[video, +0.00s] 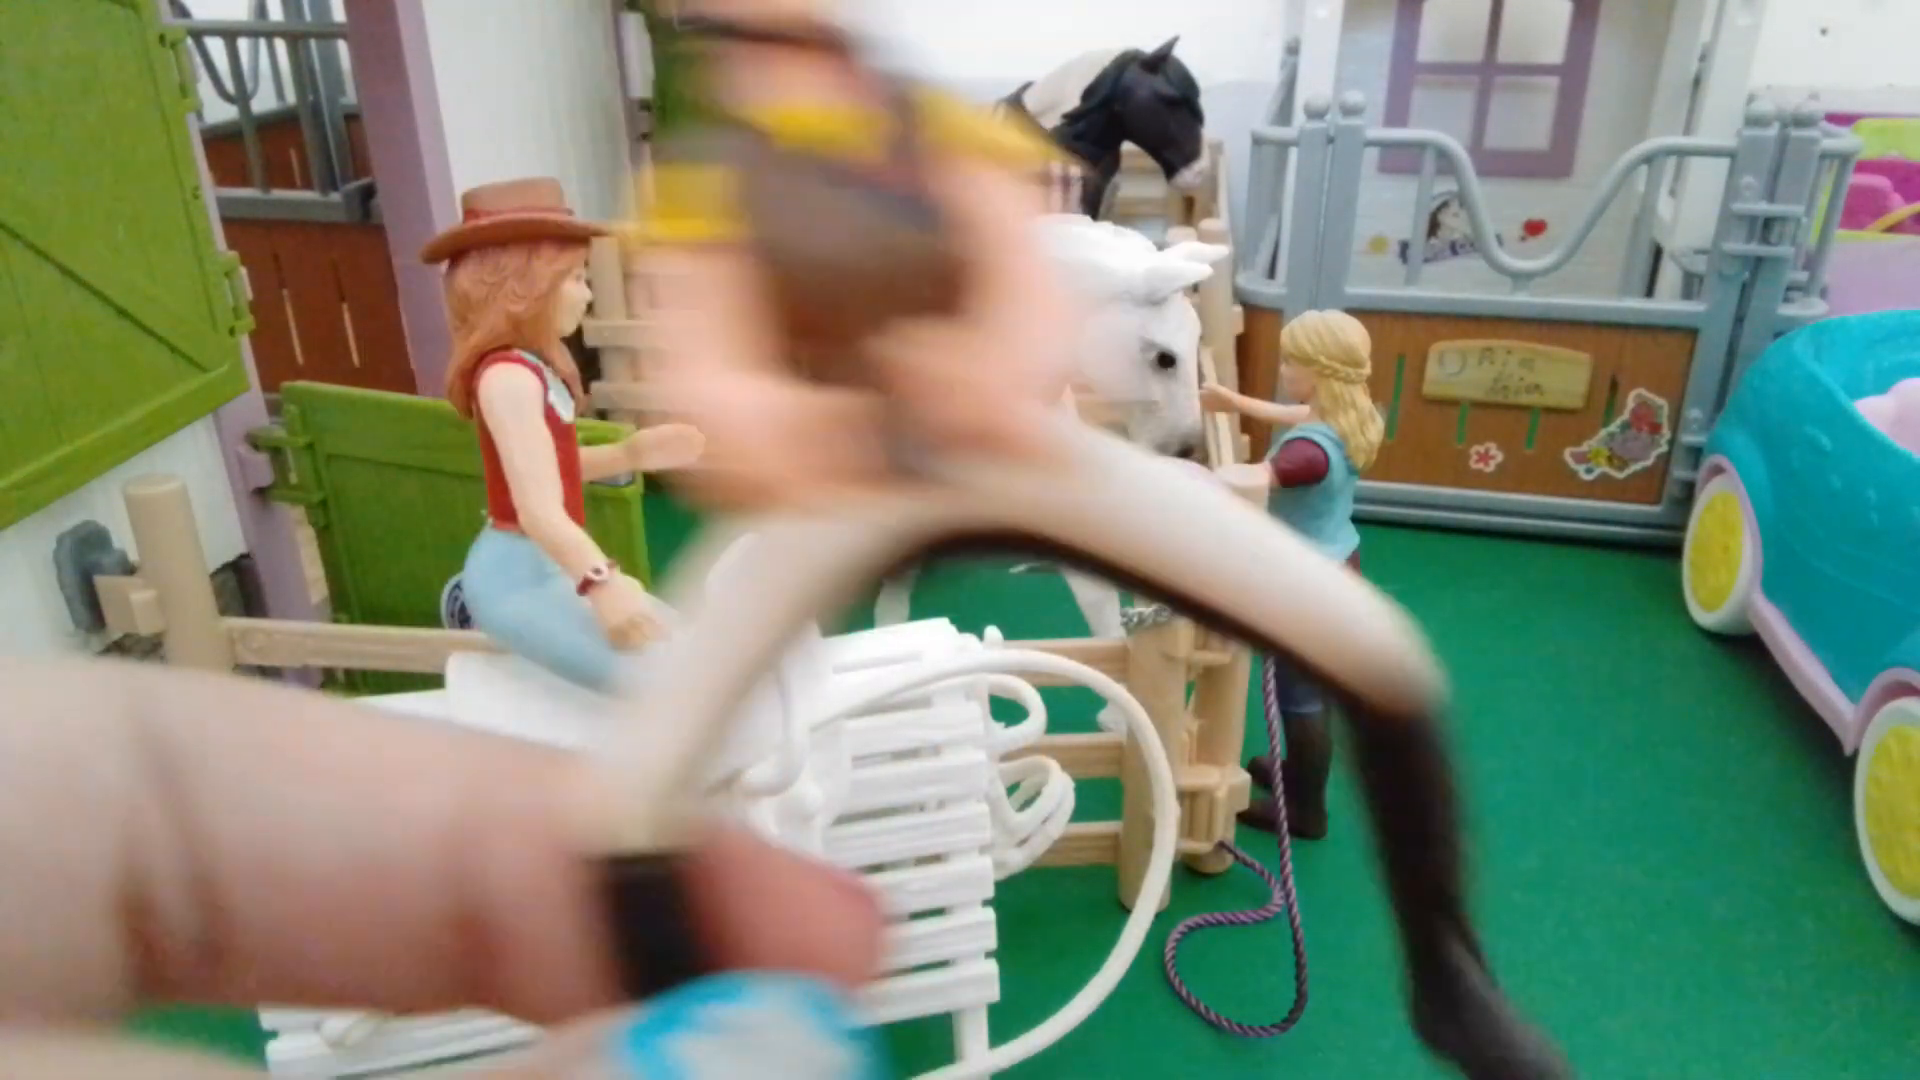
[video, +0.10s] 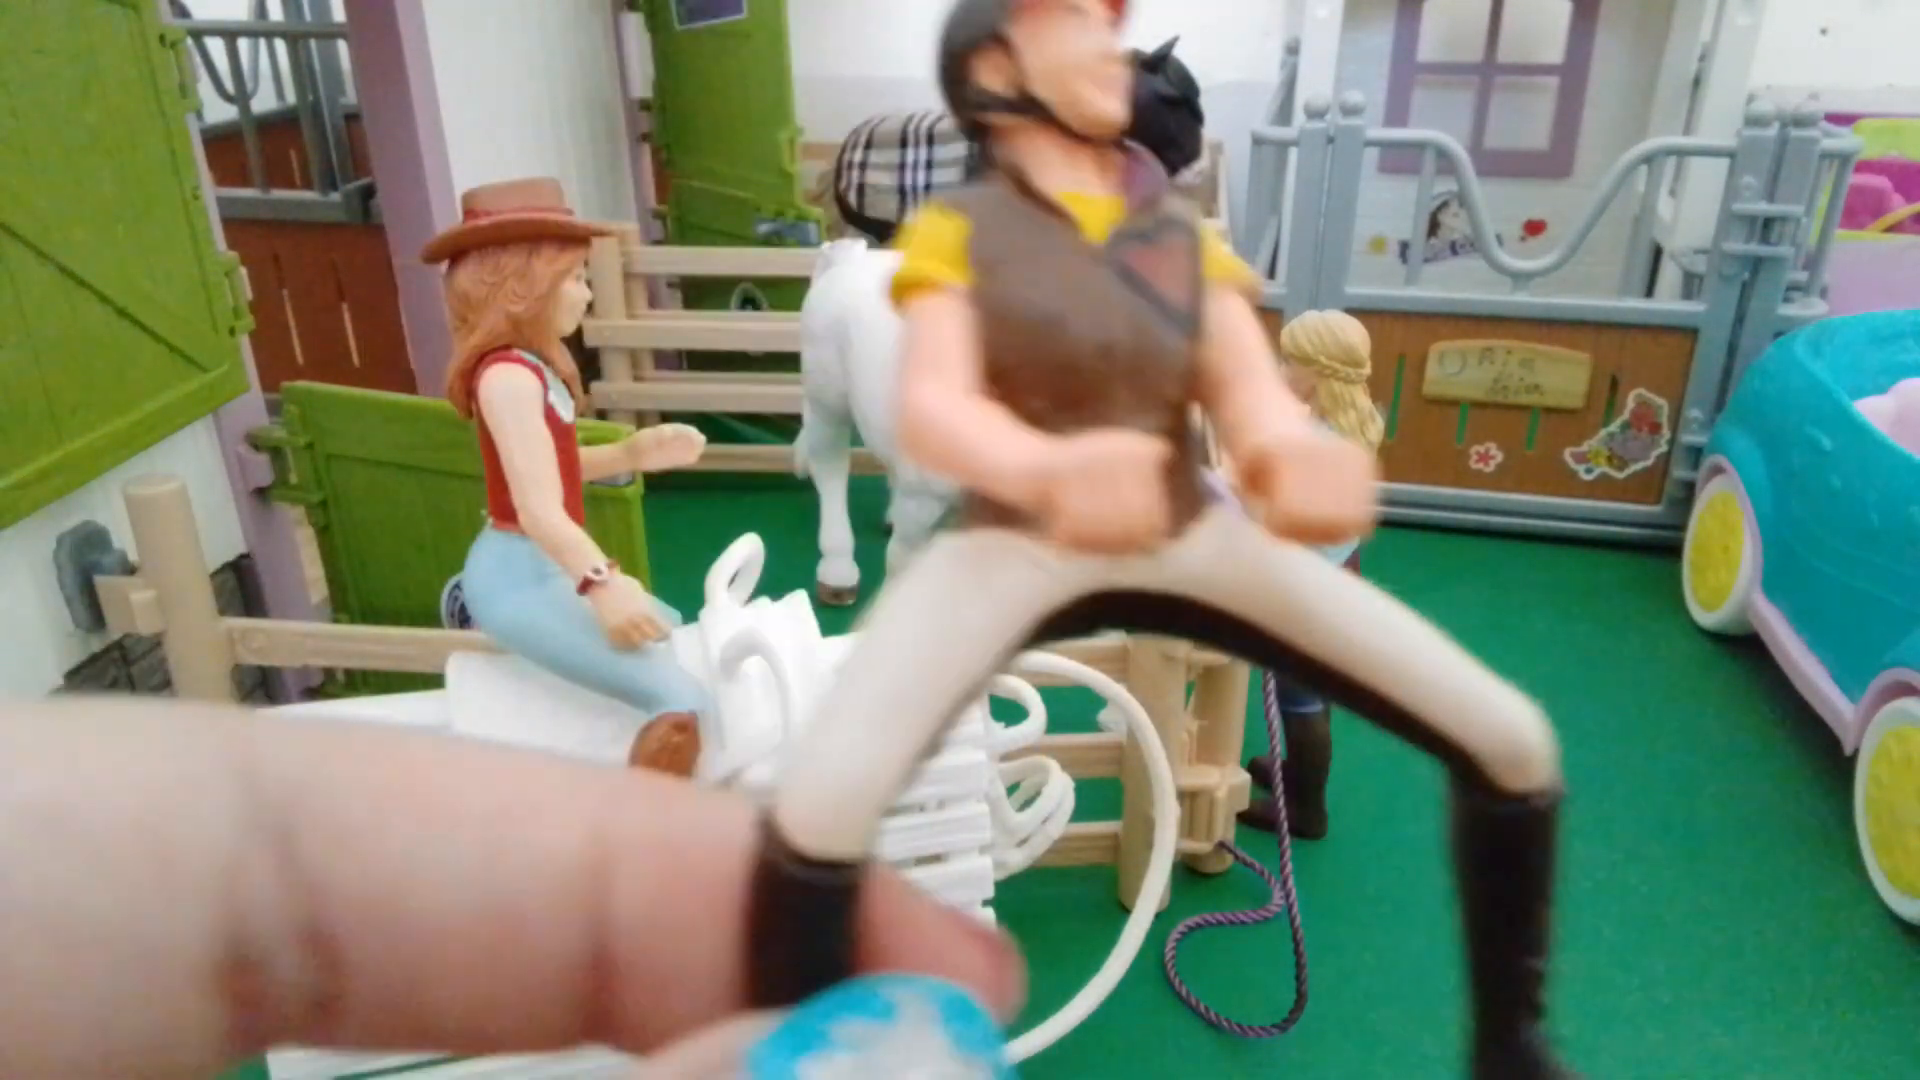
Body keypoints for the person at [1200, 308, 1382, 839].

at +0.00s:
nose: (1281, 371)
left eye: (1290, 363)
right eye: (1284, 361)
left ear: (1317, 374)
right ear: (1336, 373)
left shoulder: (1315, 448)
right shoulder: (1346, 419)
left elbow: (1253, 479)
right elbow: (1292, 415)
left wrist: (1193, 479)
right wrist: (1236, 401)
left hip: (1309, 579)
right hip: (1333, 565)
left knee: (1297, 691)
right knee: (1299, 676)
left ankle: (1302, 809)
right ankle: (1298, 771)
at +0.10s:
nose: (1280, 373)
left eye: (1290, 363)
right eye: (1283, 362)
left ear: (1314, 373)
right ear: (1347, 369)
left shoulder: (1316, 438)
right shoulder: (1356, 422)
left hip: (1310, 574)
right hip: (1335, 564)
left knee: (1296, 688)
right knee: (1304, 680)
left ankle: (1303, 806)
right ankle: (1295, 772)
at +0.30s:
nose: (1282, 371)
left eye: (1290, 362)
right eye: (1285, 360)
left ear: (1317, 373)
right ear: (1332, 372)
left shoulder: (1312, 448)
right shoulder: (1349, 417)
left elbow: (1248, 478)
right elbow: (1292, 415)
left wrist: (1187, 475)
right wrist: (1235, 400)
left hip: (1308, 586)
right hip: (1340, 564)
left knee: (1300, 694)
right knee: (1300, 674)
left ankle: (1303, 809)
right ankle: (1293, 766)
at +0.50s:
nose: (1282, 371)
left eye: (1290, 362)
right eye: (1285, 361)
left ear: (1317, 373)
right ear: (1333, 374)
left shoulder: (1316, 446)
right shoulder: (1347, 417)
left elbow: (1259, 476)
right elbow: (1292, 415)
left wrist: (1188, 479)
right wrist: (1238, 402)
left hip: (1305, 585)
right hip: (1332, 565)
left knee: (1298, 699)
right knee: (1302, 682)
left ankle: (1307, 812)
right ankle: (1295, 775)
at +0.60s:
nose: (1282, 371)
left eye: (1290, 362)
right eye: (1284, 360)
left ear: (1318, 373)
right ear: (1335, 374)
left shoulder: (1315, 446)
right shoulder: (1348, 417)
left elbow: (1253, 477)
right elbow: (1293, 415)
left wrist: (1170, 483)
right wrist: (1239, 402)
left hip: (1305, 587)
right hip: (1332, 565)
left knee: (1300, 699)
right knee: (1301, 681)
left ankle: (1304, 811)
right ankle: (1300, 773)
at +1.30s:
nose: (1282, 370)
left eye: (1290, 362)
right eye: (1284, 360)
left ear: (1318, 373)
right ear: (1336, 373)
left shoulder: (1314, 447)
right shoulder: (1347, 417)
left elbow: (1243, 479)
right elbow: (1290, 415)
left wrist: (1160, 483)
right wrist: (1238, 401)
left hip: (1304, 588)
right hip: (1332, 567)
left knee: (1299, 701)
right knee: (1301, 683)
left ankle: (1303, 812)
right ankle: (1299, 773)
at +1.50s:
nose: (1282, 370)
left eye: (1290, 361)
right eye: (1284, 360)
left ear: (1318, 372)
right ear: (1335, 372)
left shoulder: (1314, 447)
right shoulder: (1347, 417)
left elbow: (1243, 478)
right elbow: (1291, 415)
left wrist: (1158, 484)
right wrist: (1238, 401)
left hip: (1304, 588)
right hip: (1332, 567)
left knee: (1299, 701)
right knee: (1302, 682)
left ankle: (1304, 813)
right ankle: (1299, 774)